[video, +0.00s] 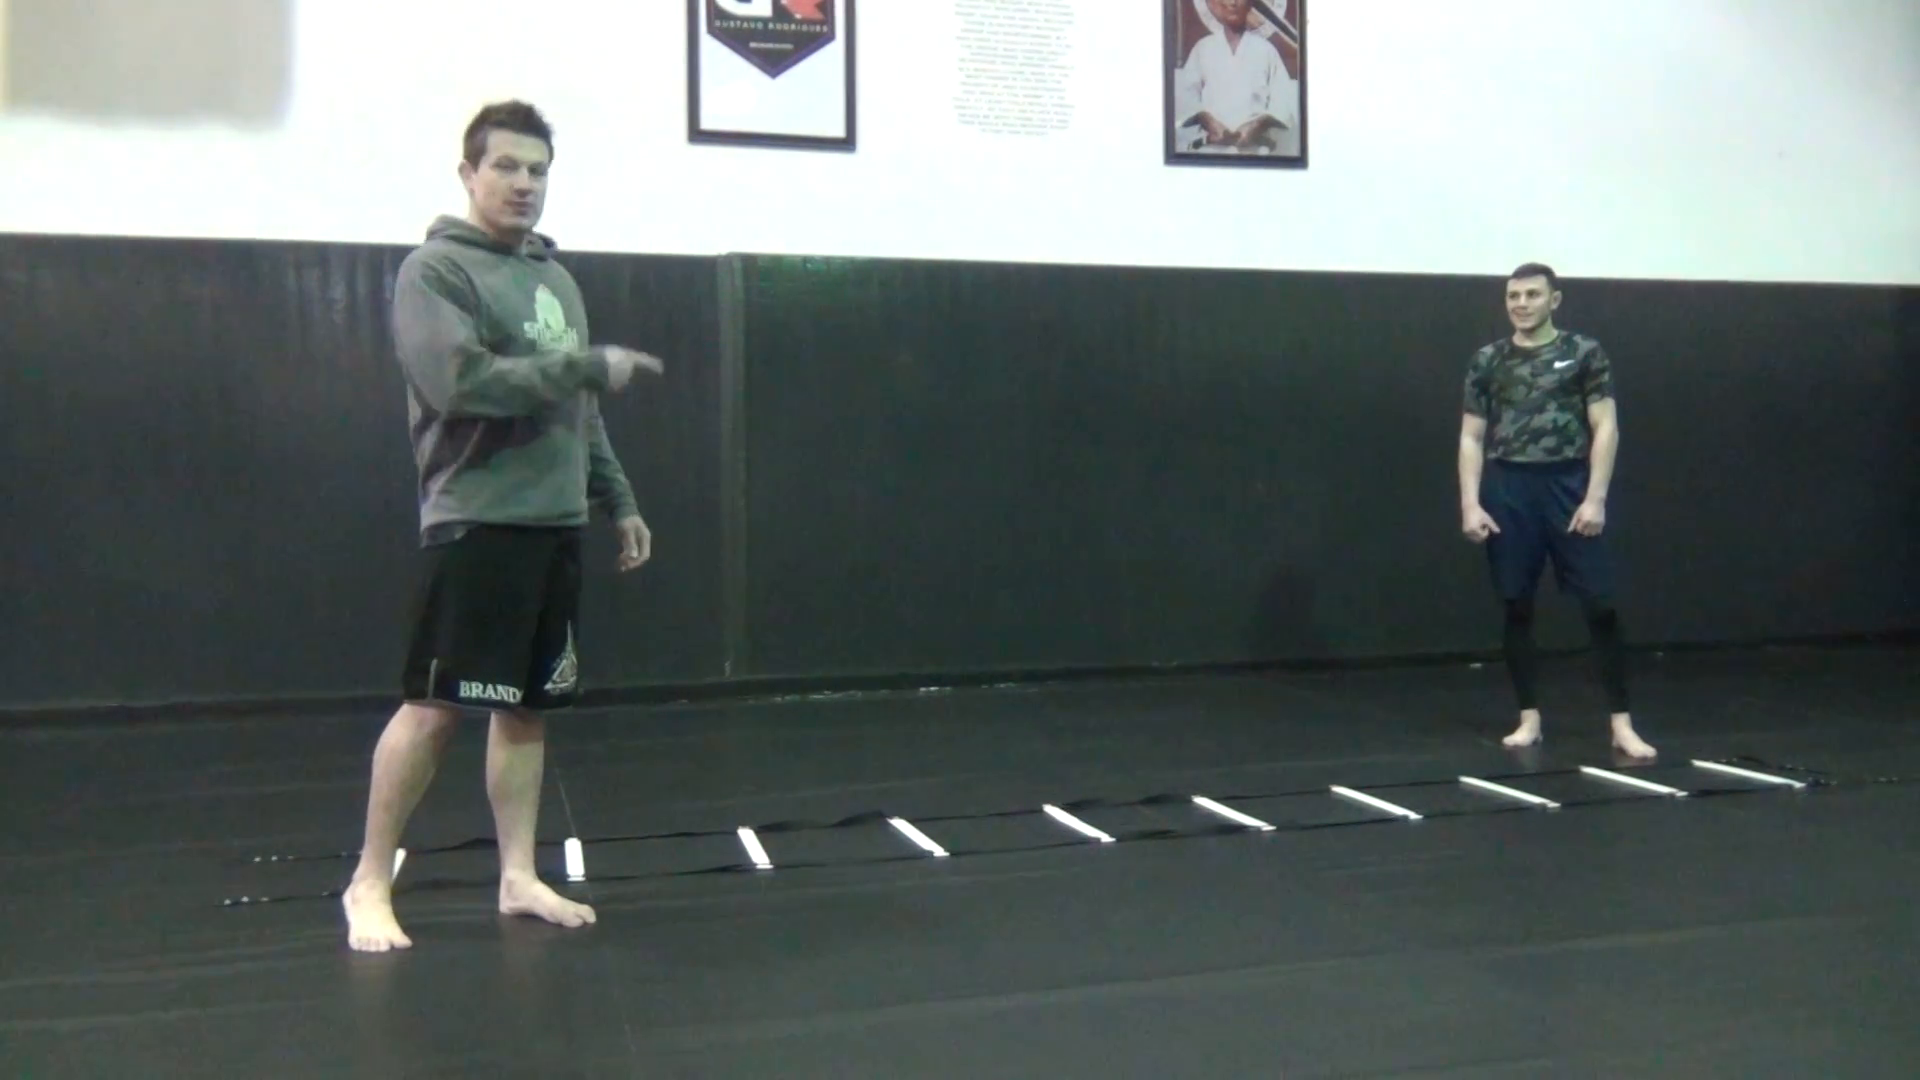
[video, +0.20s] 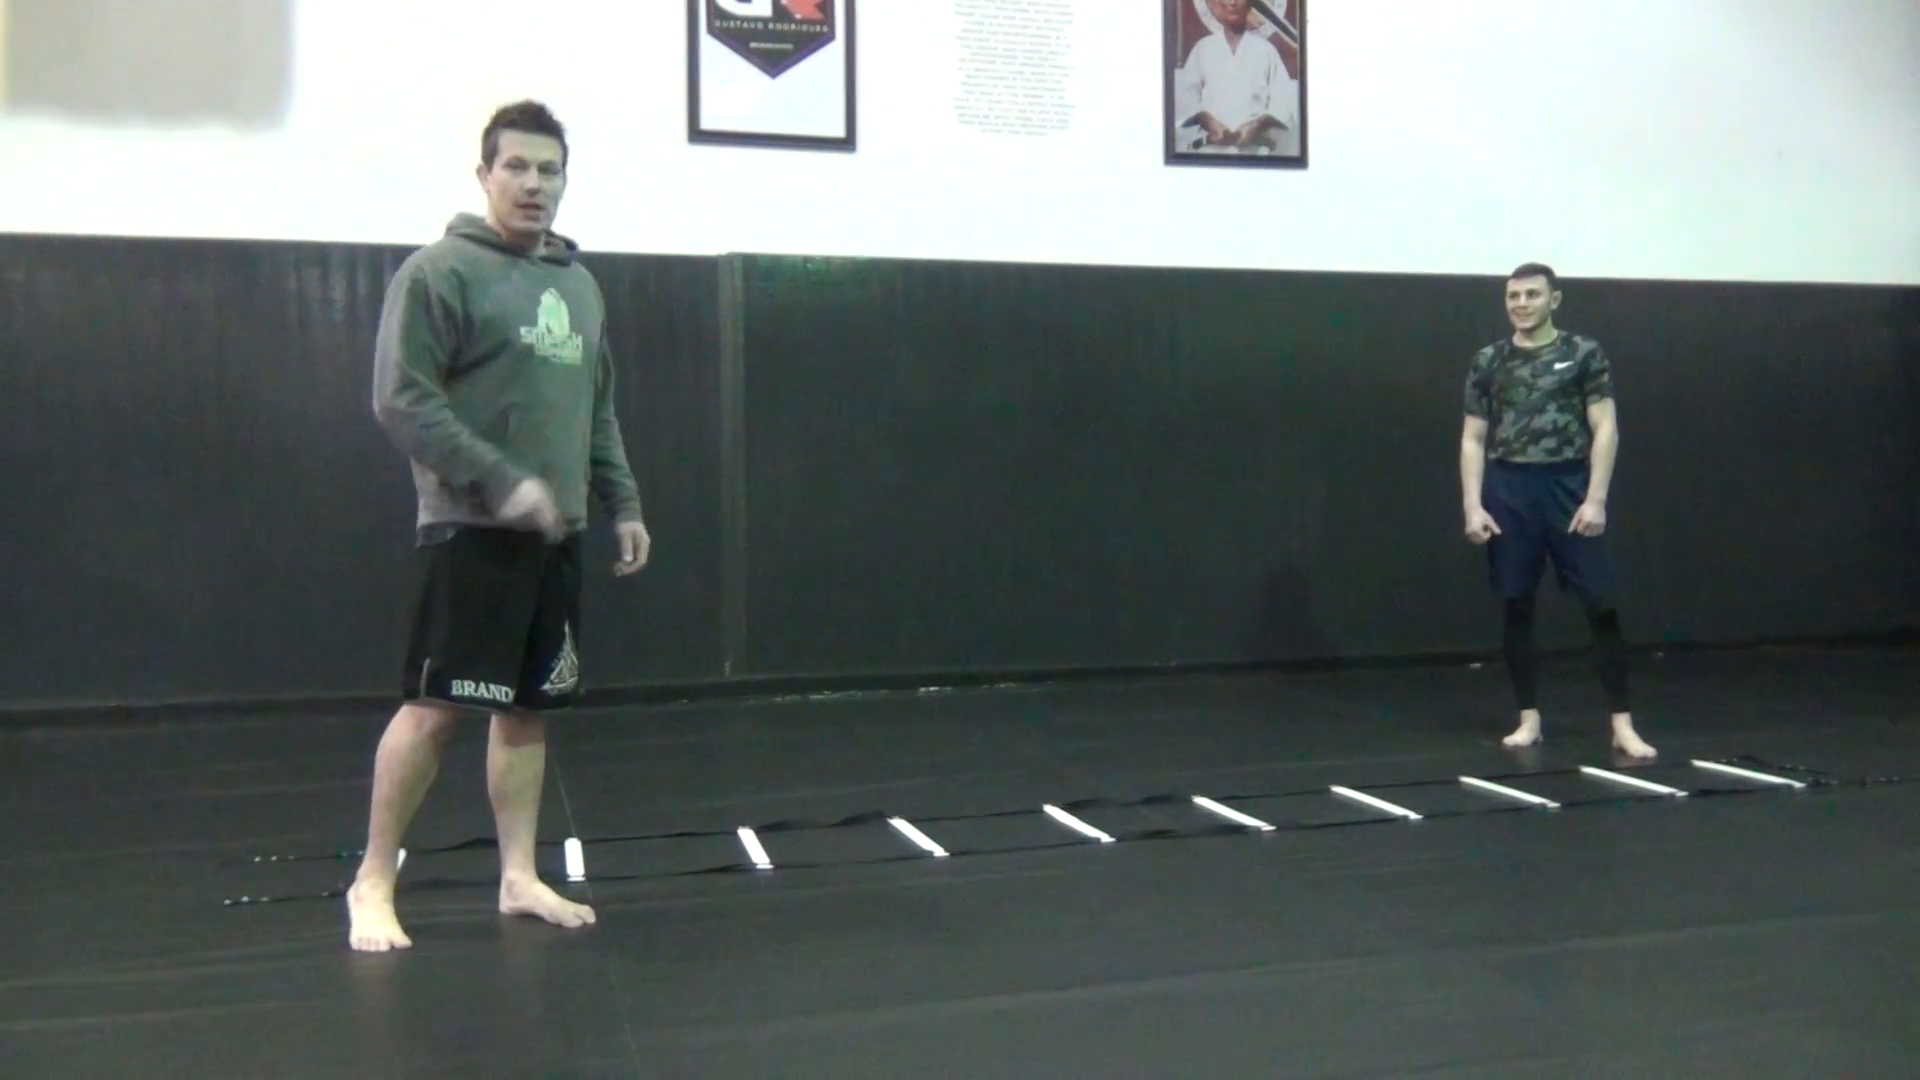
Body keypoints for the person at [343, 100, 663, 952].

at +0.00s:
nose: (523, 184)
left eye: (536, 170)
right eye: (506, 167)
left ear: (548, 182)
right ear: (468, 173)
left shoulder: (560, 282)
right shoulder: (432, 270)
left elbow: (583, 412)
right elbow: (455, 381)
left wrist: (620, 502)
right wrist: (585, 368)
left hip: (553, 523)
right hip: (473, 520)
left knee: (525, 709)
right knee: (432, 707)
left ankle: (519, 880)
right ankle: (370, 886)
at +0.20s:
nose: (533, 184)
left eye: (549, 170)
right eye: (517, 167)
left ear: (564, 182)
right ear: (483, 174)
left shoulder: (578, 284)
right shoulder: (437, 273)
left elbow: (600, 410)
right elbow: (402, 400)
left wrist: (621, 503)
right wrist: (498, 479)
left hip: (554, 536)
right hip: (468, 531)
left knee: (527, 710)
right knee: (434, 708)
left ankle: (520, 881)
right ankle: (374, 886)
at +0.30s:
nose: (541, 185)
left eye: (557, 172)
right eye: (526, 168)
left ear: (574, 184)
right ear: (494, 175)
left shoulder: (589, 288)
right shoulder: (439, 273)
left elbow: (607, 414)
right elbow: (399, 408)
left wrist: (627, 512)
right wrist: (422, 520)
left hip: (549, 534)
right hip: (464, 529)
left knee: (525, 710)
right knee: (429, 706)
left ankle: (521, 880)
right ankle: (375, 883)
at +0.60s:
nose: (536, 187)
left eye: (552, 175)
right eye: (521, 169)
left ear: (568, 189)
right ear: (488, 173)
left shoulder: (573, 297)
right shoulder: (423, 264)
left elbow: (597, 427)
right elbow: (352, 382)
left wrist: (640, 522)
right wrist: (318, 496)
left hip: (512, 536)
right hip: (416, 526)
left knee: (506, 711)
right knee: (363, 695)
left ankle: (518, 881)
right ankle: (269, 874)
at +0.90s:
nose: (418, 179)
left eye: (436, 166)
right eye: (402, 161)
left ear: (456, 182)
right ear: (370, 171)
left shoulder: (484, 289)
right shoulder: (316, 274)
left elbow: (522, 422)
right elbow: (270, 407)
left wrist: (566, 517)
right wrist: (320, 498)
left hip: (456, 548)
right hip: (352, 543)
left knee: (491, 713)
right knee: (281, 722)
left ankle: (518, 886)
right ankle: (182, 911)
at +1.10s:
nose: (320, 177)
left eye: (339, 162)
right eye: (302, 159)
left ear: (362, 178)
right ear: (272, 172)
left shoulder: (396, 287)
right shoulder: (222, 282)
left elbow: (420, 422)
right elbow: (185, 424)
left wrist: (441, 528)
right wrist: (274, 509)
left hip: (375, 554)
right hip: (261, 554)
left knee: (444, 704)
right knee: (218, 735)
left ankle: (511, 873)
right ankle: (171, 937)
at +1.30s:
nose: (265, 165)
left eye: (282, 150)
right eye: (246, 147)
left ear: (300, 161)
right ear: (207, 154)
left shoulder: (322, 263)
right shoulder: (156, 270)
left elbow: (343, 398)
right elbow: (128, 421)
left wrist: (359, 504)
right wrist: (240, 507)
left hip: (307, 541)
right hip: (200, 547)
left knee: (353, 698)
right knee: (182, 733)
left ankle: (391, 884)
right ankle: (169, 938)